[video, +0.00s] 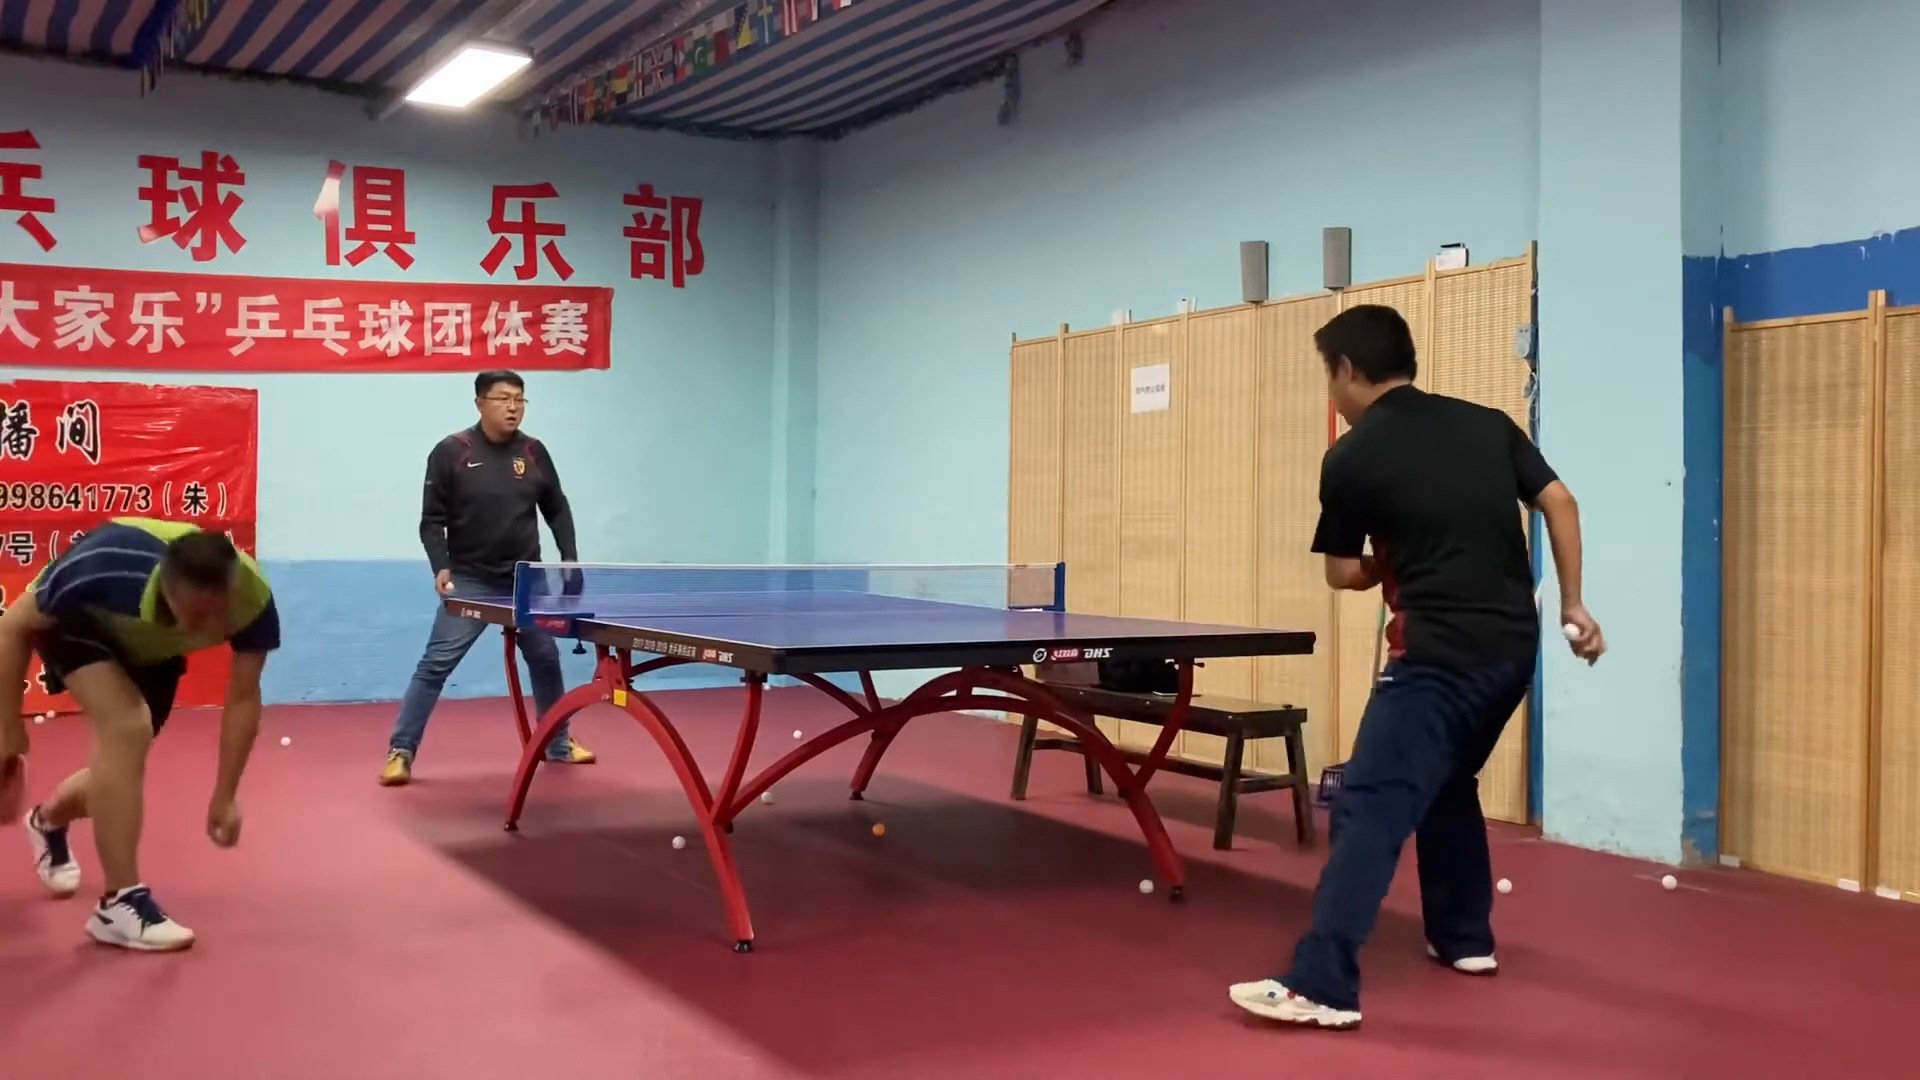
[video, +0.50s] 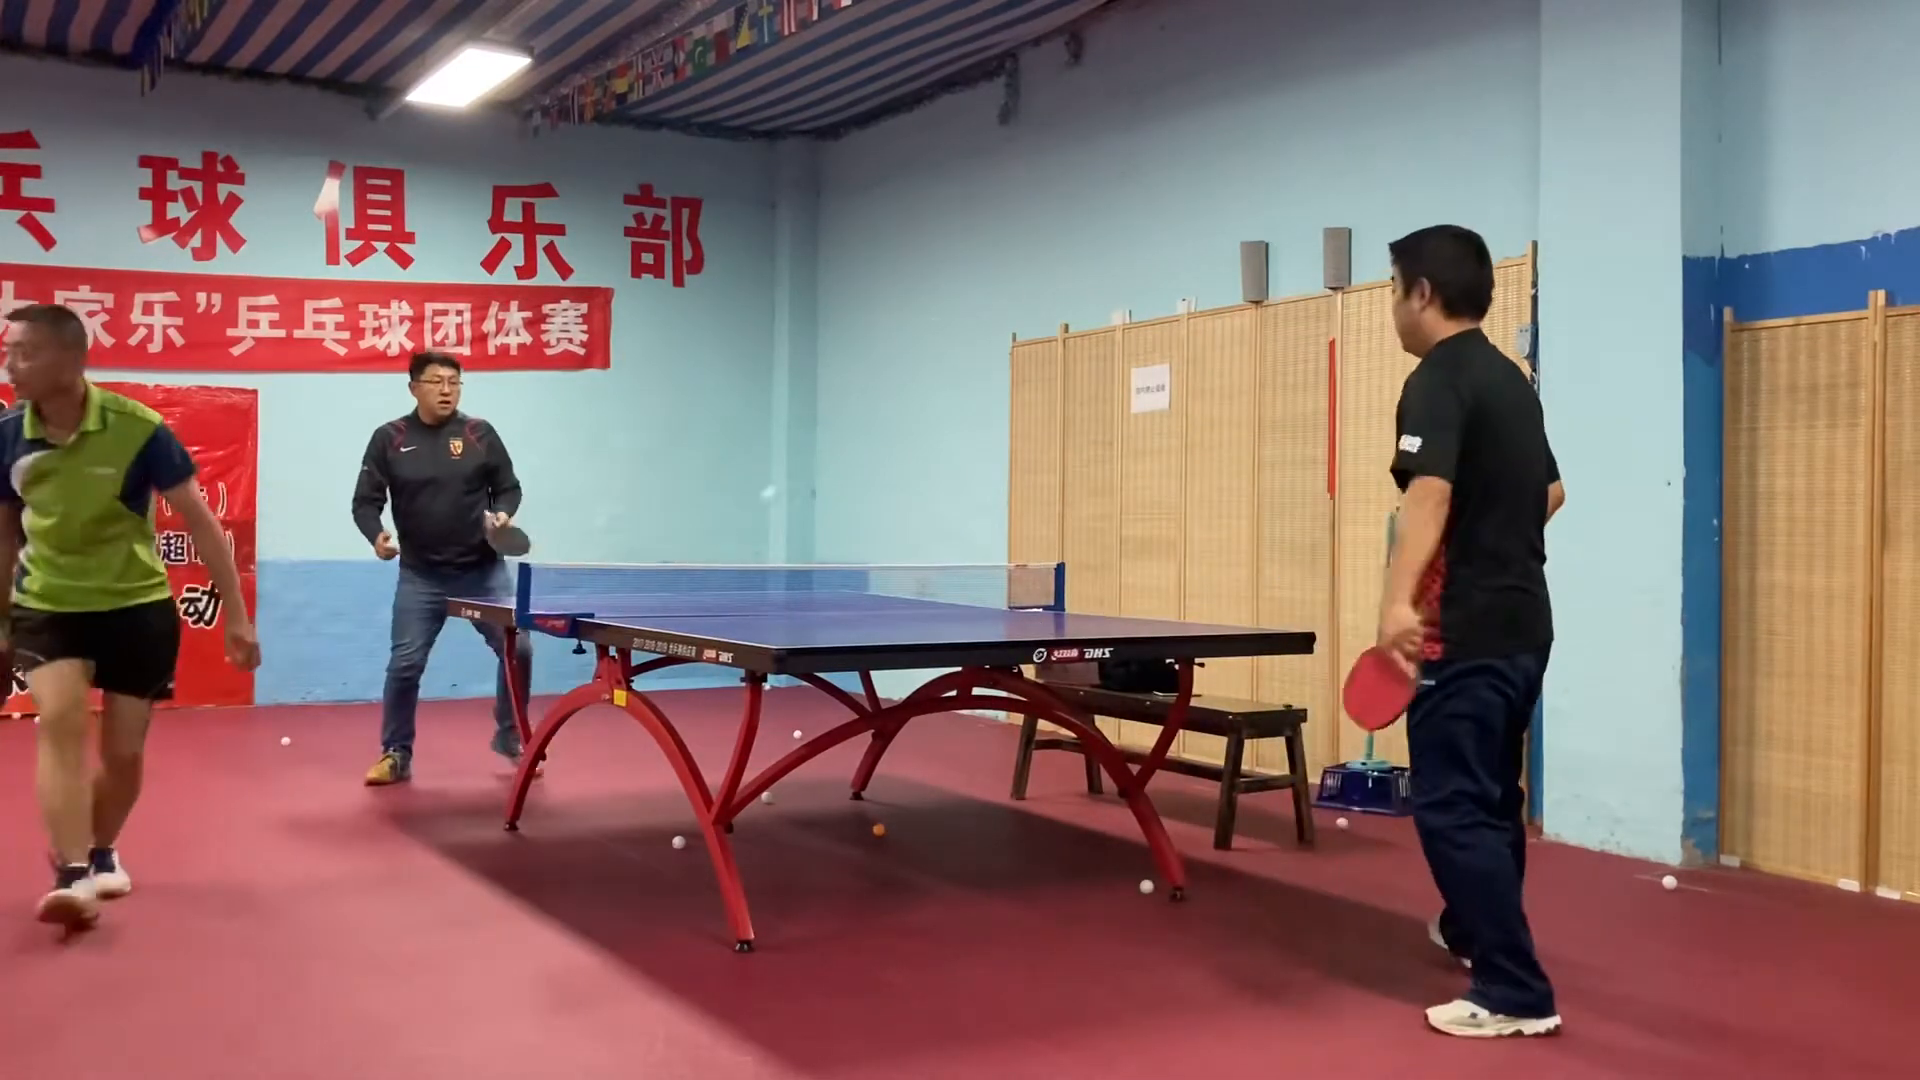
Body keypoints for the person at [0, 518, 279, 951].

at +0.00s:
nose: (208, 626)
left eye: (217, 613)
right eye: (196, 615)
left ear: (231, 591)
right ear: (167, 589)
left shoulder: (254, 603)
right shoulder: (103, 570)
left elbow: (244, 698)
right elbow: (13, 625)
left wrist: (226, 796)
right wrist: (9, 727)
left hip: (158, 650)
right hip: (77, 620)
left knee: (119, 773)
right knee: (127, 727)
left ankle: (47, 820)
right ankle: (122, 899)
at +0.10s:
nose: (189, 561)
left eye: (200, 547)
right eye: (174, 551)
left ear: (216, 522)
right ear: (146, 529)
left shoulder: (242, 551)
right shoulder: (88, 534)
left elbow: (238, 647)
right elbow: (13, 600)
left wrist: (223, 743)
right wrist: (4, 697)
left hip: (156, 640)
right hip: (77, 616)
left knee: (129, 766)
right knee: (122, 724)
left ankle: (70, 822)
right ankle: (120, 900)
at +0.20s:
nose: (152, 492)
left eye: (165, 477)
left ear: (188, 461)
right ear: (116, 465)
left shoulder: (221, 505)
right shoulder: (72, 498)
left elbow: (235, 603)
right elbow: (10, 572)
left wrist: (231, 704)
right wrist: (6, 658)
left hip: (156, 632)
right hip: (74, 616)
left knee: (137, 764)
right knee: (118, 724)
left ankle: (95, 835)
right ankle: (119, 900)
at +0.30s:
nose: (105, 437)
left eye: (121, 421)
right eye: (92, 421)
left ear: (151, 412)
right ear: (77, 413)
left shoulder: (195, 473)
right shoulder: (48, 470)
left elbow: (228, 570)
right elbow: (5, 552)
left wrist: (245, 670)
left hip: (154, 628)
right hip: (68, 619)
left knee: (135, 785)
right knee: (108, 728)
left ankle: (103, 868)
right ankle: (122, 898)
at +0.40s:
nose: (51, 391)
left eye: (65, 379)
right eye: (44, 377)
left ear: (109, 379)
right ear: (40, 379)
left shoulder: (168, 449)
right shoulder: (25, 450)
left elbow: (217, 544)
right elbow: (7, 542)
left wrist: (248, 640)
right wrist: (7, 621)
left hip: (148, 620)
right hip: (59, 618)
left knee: (130, 766)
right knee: (87, 731)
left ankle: (99, 858)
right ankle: (106, 885)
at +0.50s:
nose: (9, 362)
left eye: (21, 352)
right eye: (9, 351)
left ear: (70, 360)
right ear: (25, 361)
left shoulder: (140, 432)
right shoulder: (11, 436)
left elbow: (203, 525)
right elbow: (10, 534)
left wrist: (239, 617)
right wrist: (8, 615)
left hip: (137, 603)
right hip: (50, 602)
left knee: (123, 756)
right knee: (58, 719)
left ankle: (100, 849)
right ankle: (72, 874)